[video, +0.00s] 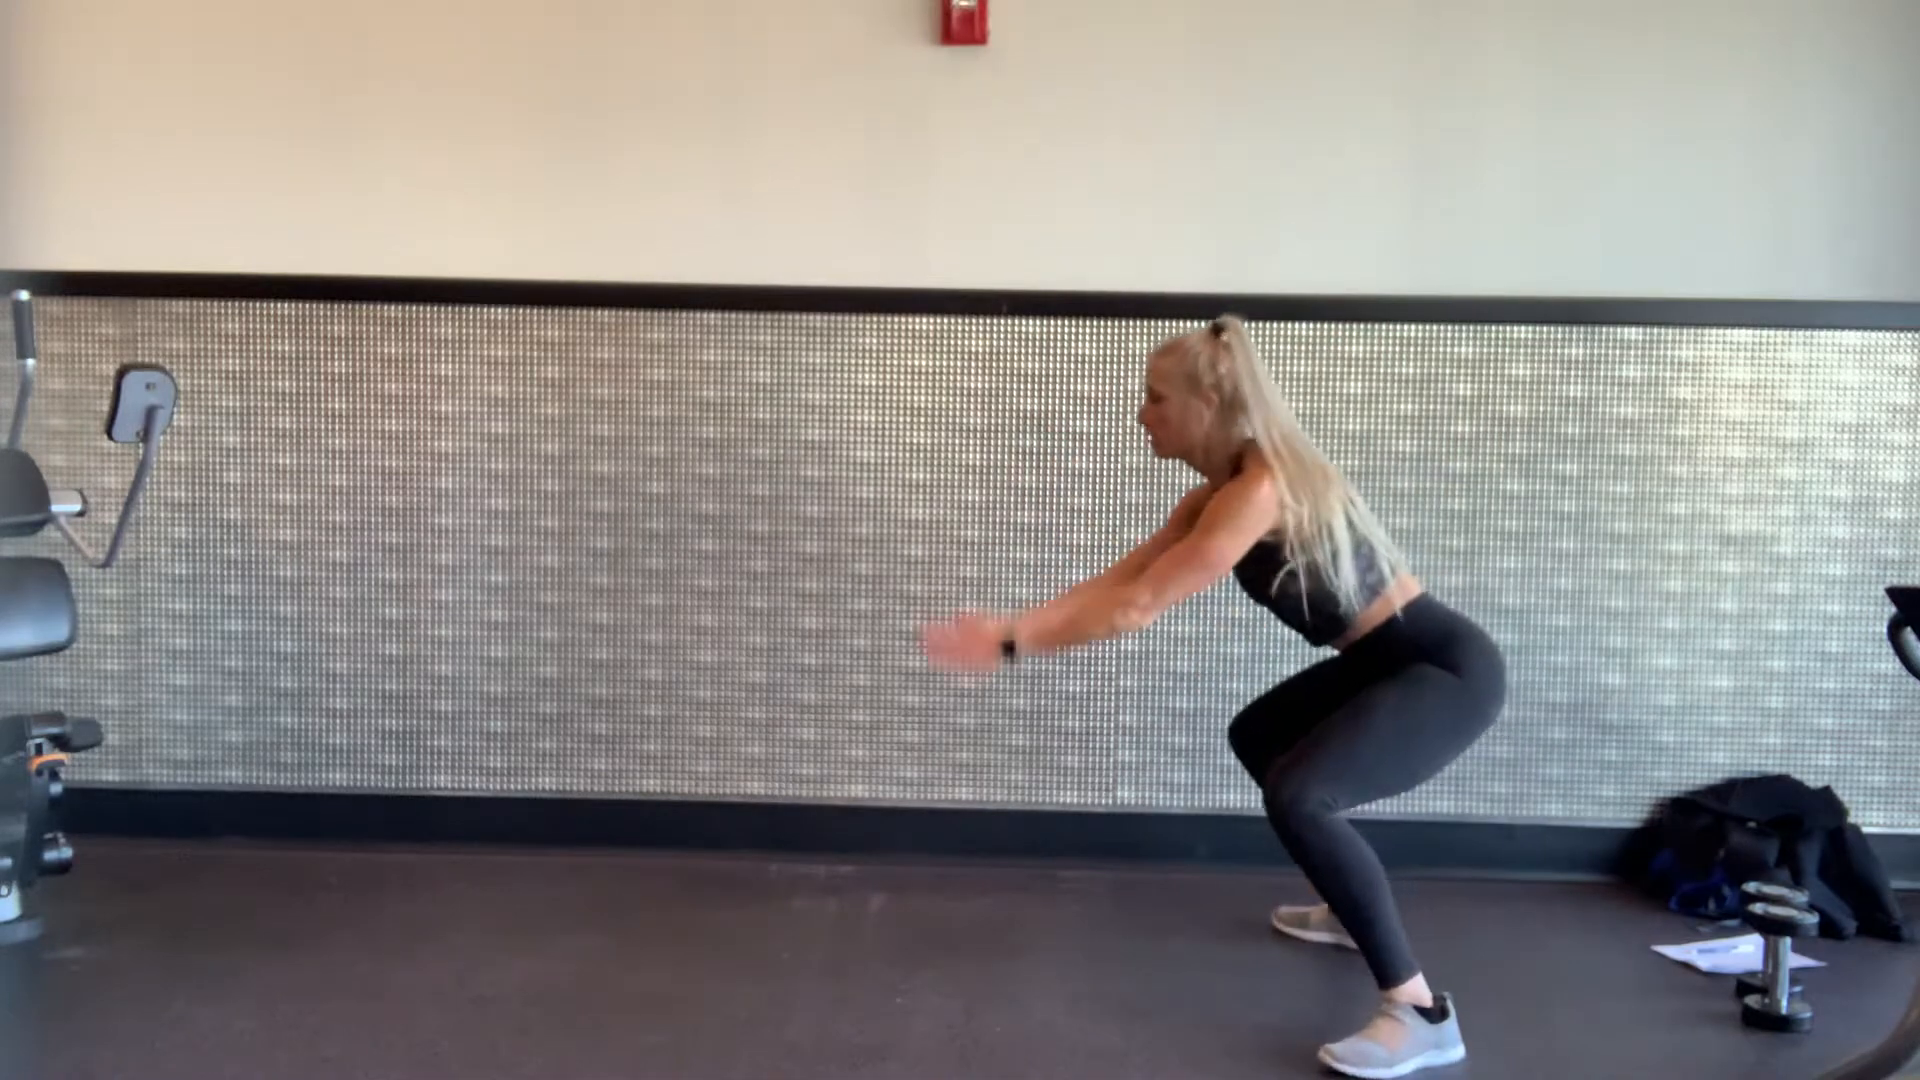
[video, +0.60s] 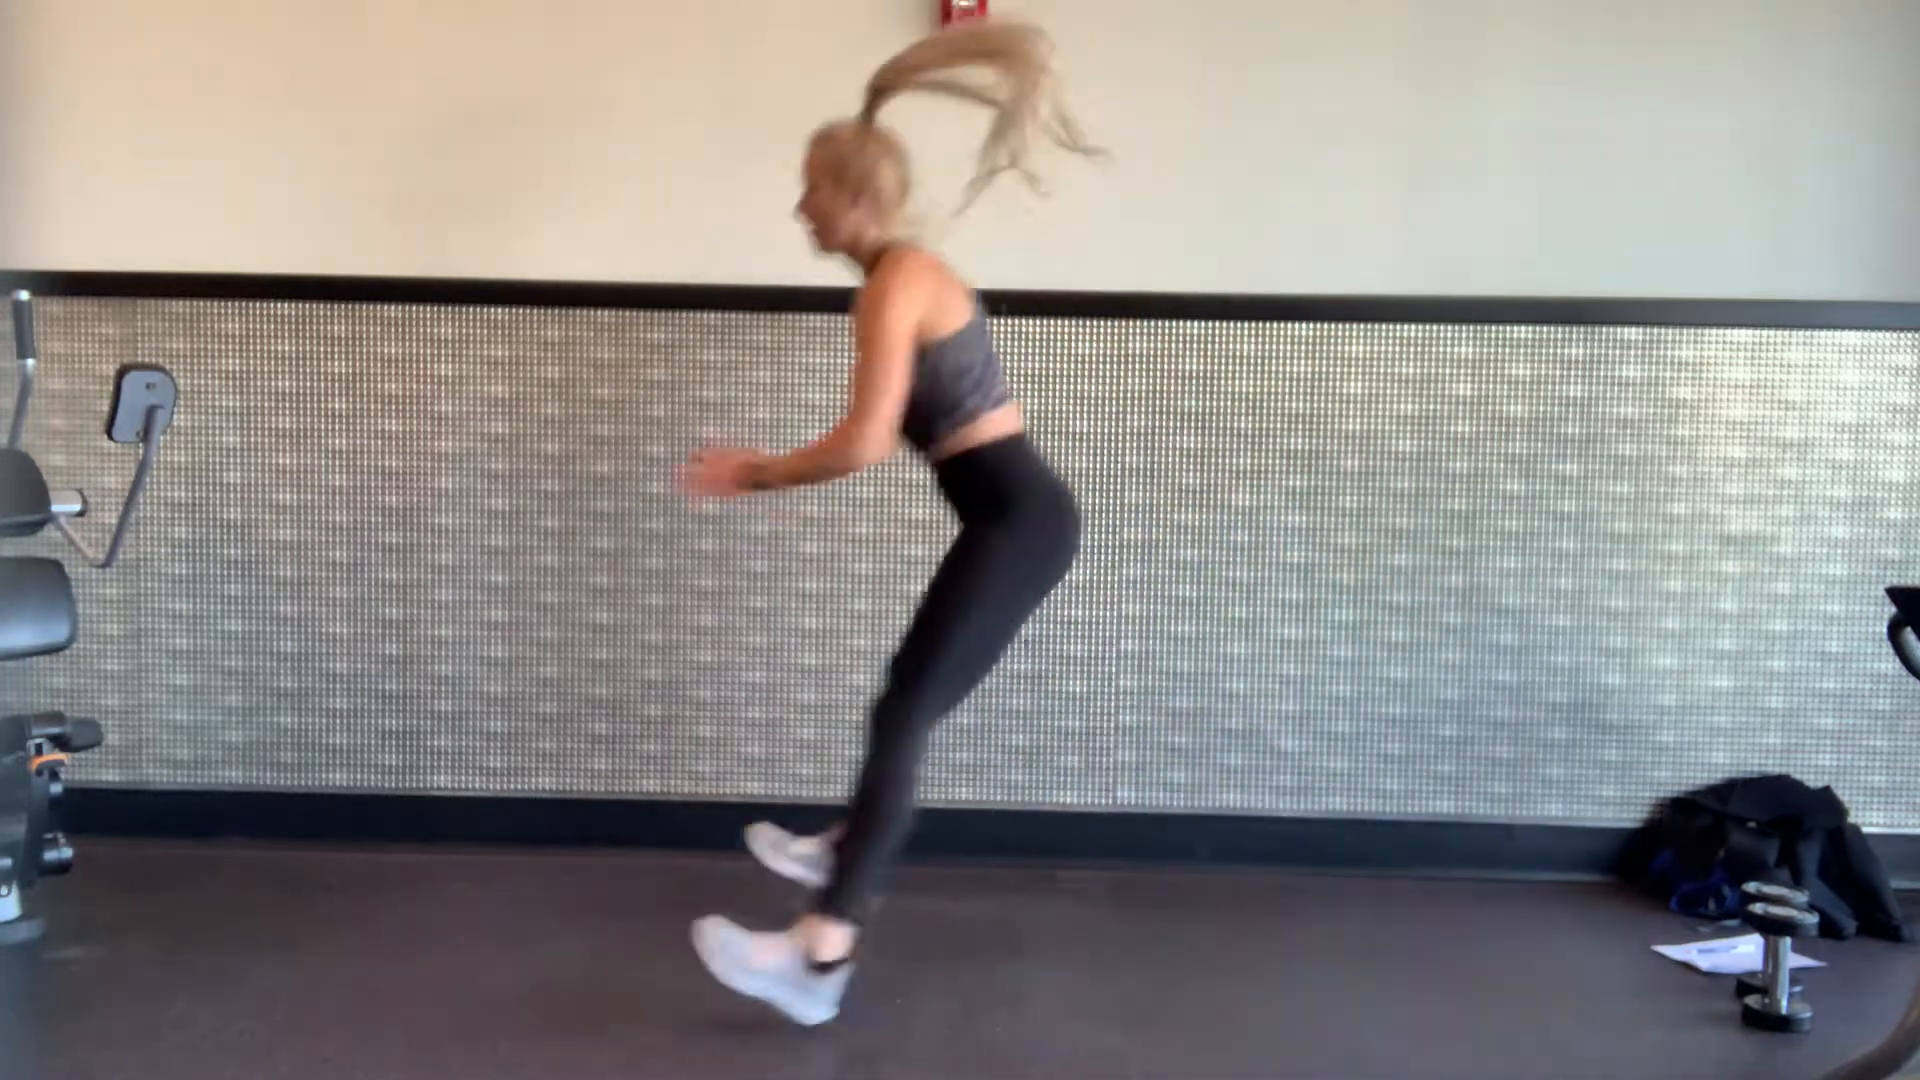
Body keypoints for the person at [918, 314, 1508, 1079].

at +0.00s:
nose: (1143, 418)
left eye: (1154, 400)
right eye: (1144, 401)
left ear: (1208, 404)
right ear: (1207, 408)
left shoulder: (1259, 488)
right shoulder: (1215, 492)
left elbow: (1141, 603)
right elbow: (1120, 583)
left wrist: (1014, 641)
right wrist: (1012, 631)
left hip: (1446, 669)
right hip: (1390, 662)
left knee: (1299, 794)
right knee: (1255, 734)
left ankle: (1419, 1010)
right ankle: (1357, 907)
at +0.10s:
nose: (1104, 397)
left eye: (1115, 380)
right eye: (1106, 380)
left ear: (1166, 383)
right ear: (1165, 384)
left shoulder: (1221, 465)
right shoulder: (1188, 471)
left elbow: (1204, 614)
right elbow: (1161, 596)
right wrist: (1086, 693)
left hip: (1400, 651)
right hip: (1347, 649)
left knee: (1269, 811)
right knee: (1232, 747)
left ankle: (1414, 1008)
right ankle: (1350, 906)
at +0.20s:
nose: (1058, 323)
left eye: (1072, 307)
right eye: (1061, 306)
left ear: (1118, 319)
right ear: (1121, 320)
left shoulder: (1172, 403)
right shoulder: (1147, 401)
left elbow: (1283, 500)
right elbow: (1245, 502)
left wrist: (1317, 640)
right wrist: (1249, 605)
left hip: (1321, 607)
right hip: (1282, 603)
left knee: (1248, 817)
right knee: (1213, 756)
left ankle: (1411, 1005)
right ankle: (1347, 902)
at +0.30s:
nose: (1020, 221)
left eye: (1032, 204)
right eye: (1020, 204)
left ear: (1080, 203)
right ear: (1080, 207)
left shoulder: (1123, 278)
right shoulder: (1103, 284)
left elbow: (1263, 294)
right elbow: (1237, 322)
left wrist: (1331, 417)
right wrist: (1283, 424)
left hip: (1199, 538)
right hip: (1173, 539)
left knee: (1203, 772)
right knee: (1192, 747)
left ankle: (1376, 964)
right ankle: (1323, 866)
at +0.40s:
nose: (960, 162)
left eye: (974, 146)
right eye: (963, 145)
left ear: (1022, 149)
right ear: (1019, 149)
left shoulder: (1056, 223)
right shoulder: (1049, 226)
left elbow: (1184, 269)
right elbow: (1173, 277)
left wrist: (1195, 409)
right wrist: (1185, 409)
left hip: (1126, 477)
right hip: (1107, 479)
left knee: (1082, 705)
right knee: (1088, 692)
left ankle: (1237, 896)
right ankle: (1203, 829)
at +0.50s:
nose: (876, 155)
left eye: (888, 139)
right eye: (877, 139)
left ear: (936, 145)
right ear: (937, 143)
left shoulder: (985, 226)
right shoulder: (962, 227)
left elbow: (1046, 362)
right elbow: (1033, 361)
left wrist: (972, 467)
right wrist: (986, 455)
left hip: (1077, 471)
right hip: (1055, 471)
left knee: (994, 679)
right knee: (992, 670)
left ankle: (1026, 918)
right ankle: (1011, 845)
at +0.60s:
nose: (802, 211)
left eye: (811, 197)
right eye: (805, 195)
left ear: (851, 200)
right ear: (871, 194)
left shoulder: (894, 287)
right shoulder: (917, 273)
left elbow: (865, 442)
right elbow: (881, 429)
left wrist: (760, 472)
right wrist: (783, 465)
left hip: (1017, 519)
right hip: (1017, 511)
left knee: (905, 712)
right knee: (908, 698)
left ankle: (825, 945)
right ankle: (848, 850)